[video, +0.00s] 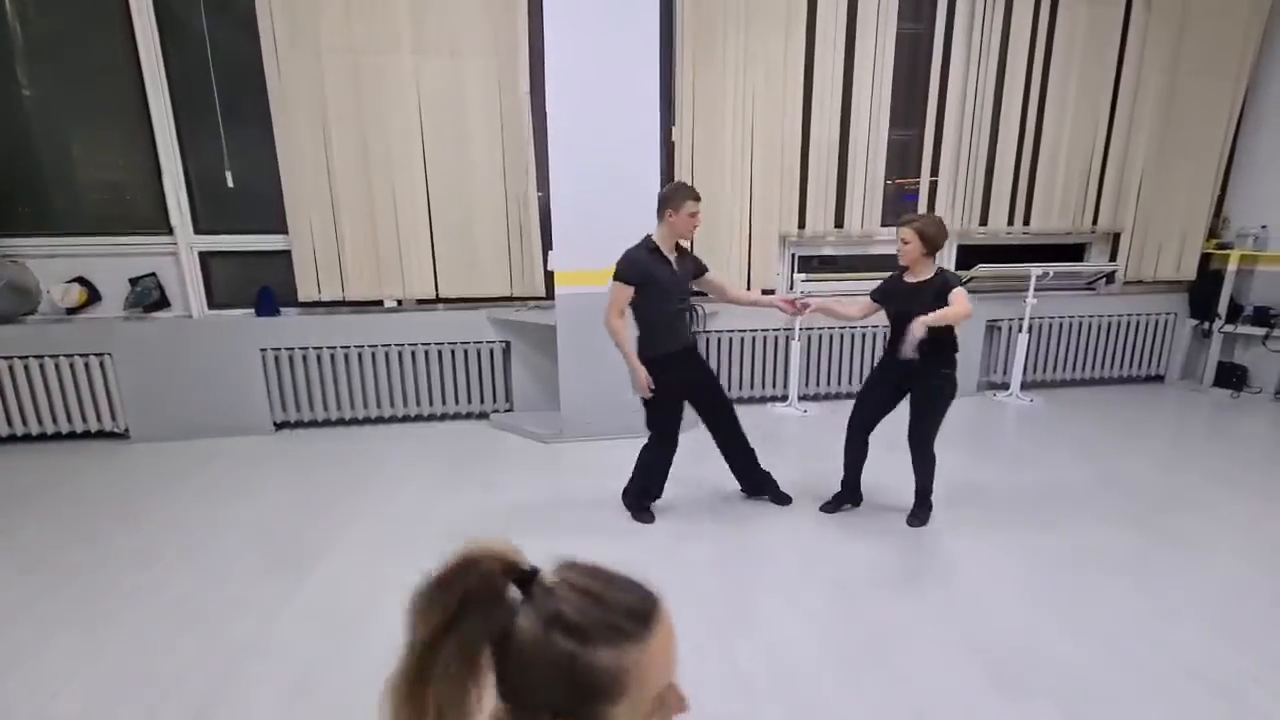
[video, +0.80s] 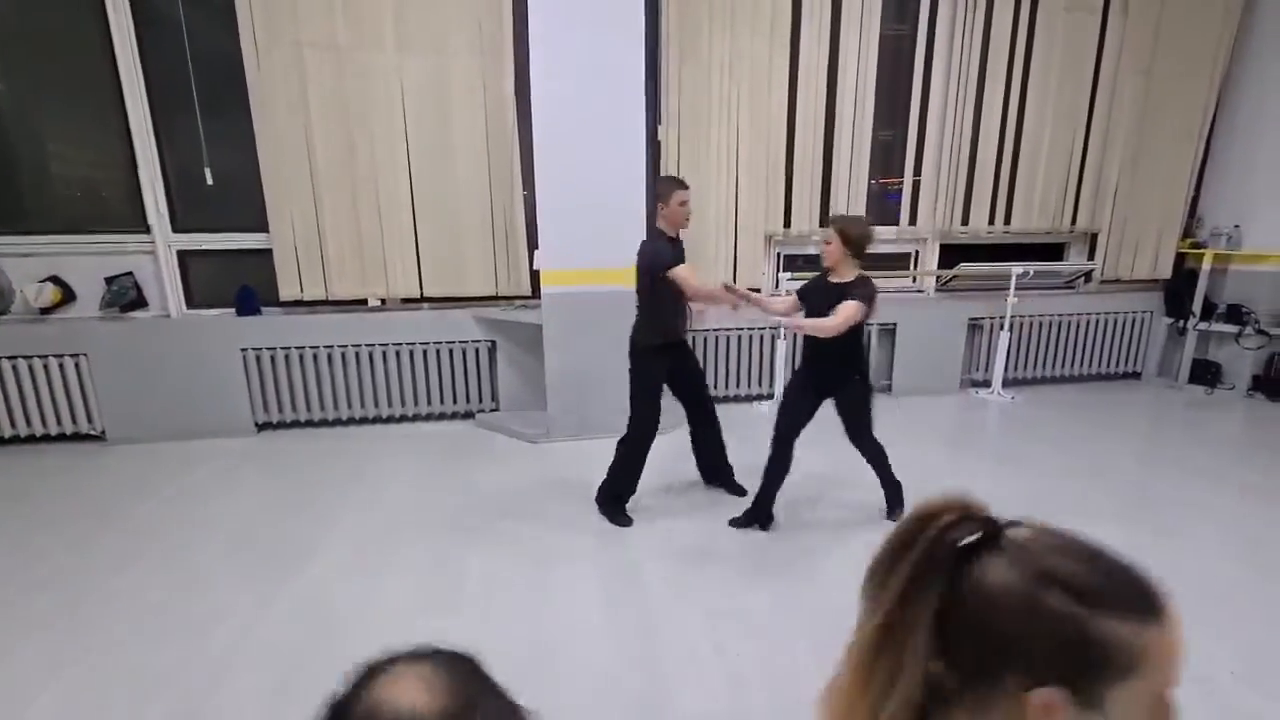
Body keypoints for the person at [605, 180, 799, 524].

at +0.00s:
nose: (698, 222)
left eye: (699, 216)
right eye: (692, 215)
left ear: (675, 217)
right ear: (669, 215)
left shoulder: (686, 260)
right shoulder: (636, 260)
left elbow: (727, 293)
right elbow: (614, 316)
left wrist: (775, 300)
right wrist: (635, 366)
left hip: (688, 356)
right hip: (657, 362)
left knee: (722, 417)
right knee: (664, 437)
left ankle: (755, 481)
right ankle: (637, 497)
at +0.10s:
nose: (690, 220)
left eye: (690, 213)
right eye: (684, 213)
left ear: (667, 215)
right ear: (661, 213)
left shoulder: (678, 258)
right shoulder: (628, 257)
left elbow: (722, 292)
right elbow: (597, 308)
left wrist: (774, 301)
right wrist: (604, 362)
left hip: (662, 356)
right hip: (632, 359)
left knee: (703, 415)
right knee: (651, 435)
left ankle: (728, 491)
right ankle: (631, 497)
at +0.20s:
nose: (685, 216)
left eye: (686, 209)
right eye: (679, 209)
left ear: (669, 211)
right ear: (655, 209)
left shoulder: (673, 255)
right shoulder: (622, 253)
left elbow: (717, 292)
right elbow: (588, 299)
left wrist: (768, 300)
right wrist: (572, 347)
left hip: (643, 351)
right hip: (613, 354)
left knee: (675, 422)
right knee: (632, 430)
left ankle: (685, 502)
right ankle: (621, 499)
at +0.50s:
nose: (666, 218)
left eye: (667, 211)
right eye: (659, 211)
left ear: (647, 214)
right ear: (636, 213)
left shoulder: (659, 255)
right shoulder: (609, 255)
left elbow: (695, 294)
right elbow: (579, 299)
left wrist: (750, 301)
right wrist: (585, 340)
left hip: (636, 350)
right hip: (605, 353)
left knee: (672, 412)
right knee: (621, 428)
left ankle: (671, 490)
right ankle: (613, 502)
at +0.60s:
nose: (666, 214)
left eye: (666, 208)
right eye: (659, 208)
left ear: (656, 211)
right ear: (636, 210)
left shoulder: (662, 254)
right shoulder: (616, 253)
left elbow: (690, 298)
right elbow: (611, 302)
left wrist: (738, 300)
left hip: (650, 348)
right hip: (617, 350)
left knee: (685, 409)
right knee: (629, 429)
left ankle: (686, 477)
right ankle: (612, 500)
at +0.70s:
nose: (674, 212)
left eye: (674, 206)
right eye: (668, 206)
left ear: (662, 209)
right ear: (646, 210)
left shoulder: (668, 249)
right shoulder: (633, 254)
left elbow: (679, 295)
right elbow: (662, 302)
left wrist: (714, 296)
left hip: (660, 347)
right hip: (632, 351)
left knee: (689, 411)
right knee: (637, 429)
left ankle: (712, 472)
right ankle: (611, 499)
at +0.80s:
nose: (689, 211)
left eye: (689, 204)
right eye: (682, 205)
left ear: (672, 208)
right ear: (662, 207)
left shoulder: (673, 245)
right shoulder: (656, 247)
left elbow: (684, 294)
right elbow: (694, 288)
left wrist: (724, 297)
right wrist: (729, 294)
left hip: (674, 344)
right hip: (648, 348)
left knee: (701, 409)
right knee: (643, 425)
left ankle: (717, 473)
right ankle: (611, 497)